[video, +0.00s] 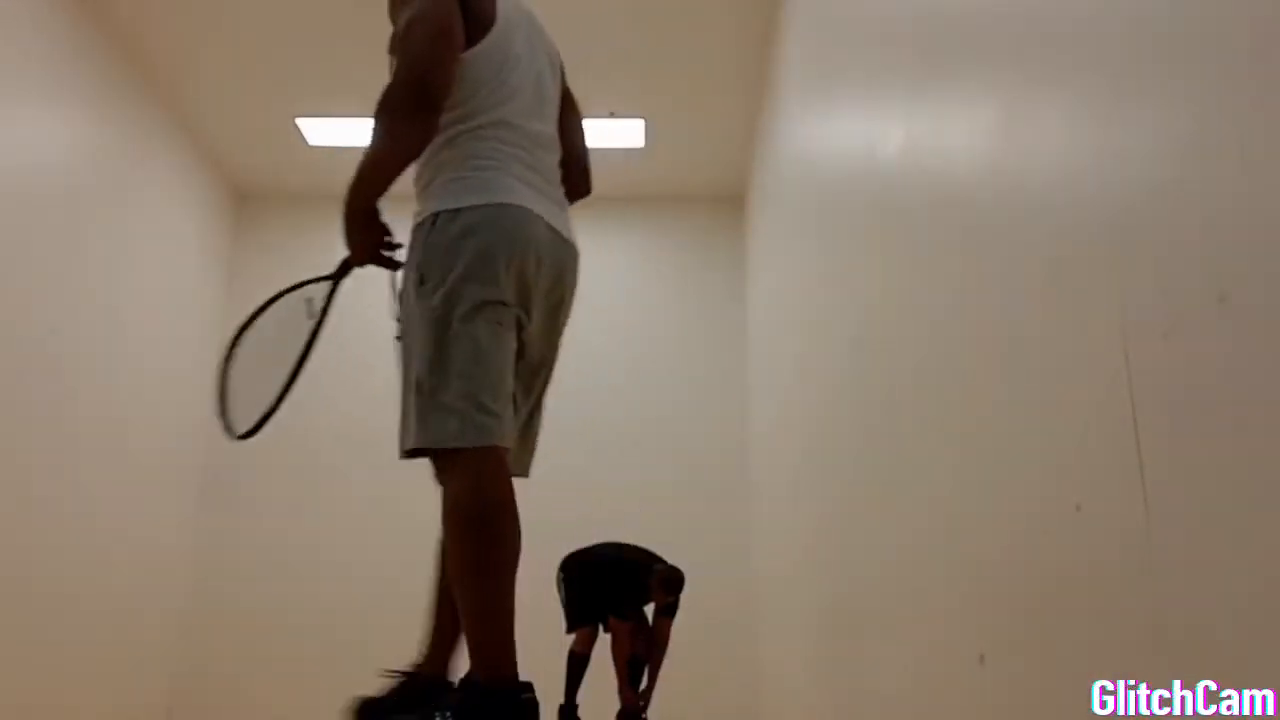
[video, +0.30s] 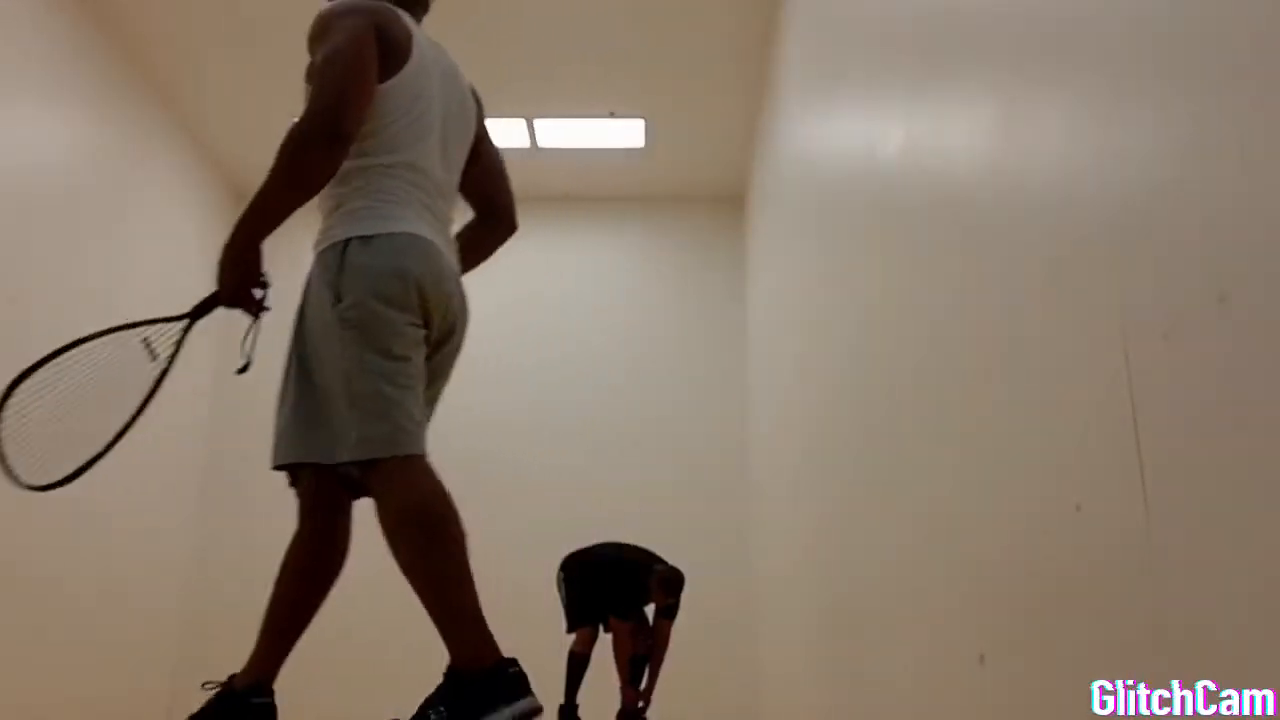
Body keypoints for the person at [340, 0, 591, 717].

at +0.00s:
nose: (392, 33)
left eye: (396, 20)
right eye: (392, 27)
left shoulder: (433, 3)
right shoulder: (539, 42)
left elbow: (421, 91)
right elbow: (574, 174)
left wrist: (361, 197)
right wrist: (476, 200)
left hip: (472, 225)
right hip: (551, 239)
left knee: (473, 461)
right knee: (482, 467)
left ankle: (496, 687)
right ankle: (433, 675)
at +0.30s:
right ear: (421, 8)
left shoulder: (354, 19)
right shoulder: (459, 88)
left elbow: (330, 126)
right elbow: (497, 216)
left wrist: (244, 238)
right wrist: (424, 275)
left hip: (369, 261)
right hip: (443, 282)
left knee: (394, 465)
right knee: (325, 482)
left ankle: (481, 671)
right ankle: (253, 686)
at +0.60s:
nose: (261, 26)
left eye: (266, 19)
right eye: (263, 21)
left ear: (285, 15)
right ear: (349, 28)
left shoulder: (285, 43)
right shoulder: (371, 112)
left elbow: (269, 135)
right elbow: (412, 242)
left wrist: (181, 249)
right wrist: (334, 294)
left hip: (278, 277)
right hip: (349, 307)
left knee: (150, 440)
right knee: (279, 482)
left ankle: (269, 615)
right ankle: (248, 694)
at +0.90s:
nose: (182, 30)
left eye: (192, 17)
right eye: (186, 17)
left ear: (219, 22)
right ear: (266, 39)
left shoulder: (211, 66)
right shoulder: (302, 133)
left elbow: (210, 164)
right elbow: (274, 236)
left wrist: (153, 276)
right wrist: (159, 259)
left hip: (209, 291)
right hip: (286, 314)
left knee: (86, 481)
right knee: (246, 493)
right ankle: (242, 687)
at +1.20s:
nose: (58, 13)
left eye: (73, 2)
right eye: (65, 1)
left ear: (105, 11)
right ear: (150, 23)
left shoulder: (99, 62)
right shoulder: (173, 110)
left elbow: (111, 169)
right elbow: (169, 225)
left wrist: (42, 284)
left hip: (100, 296)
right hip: (165, 312)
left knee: (42, 497)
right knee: (116, 498)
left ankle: (21, 681)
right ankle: (197, 623)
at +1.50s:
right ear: (43, 1)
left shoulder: (24, 51)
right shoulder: (48, 59)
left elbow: (22, 166)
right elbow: (43, 183)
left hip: (18, 281)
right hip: (34, 281)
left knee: (3, 480)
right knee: (4, 480)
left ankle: (16, 677)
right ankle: (16, 676)